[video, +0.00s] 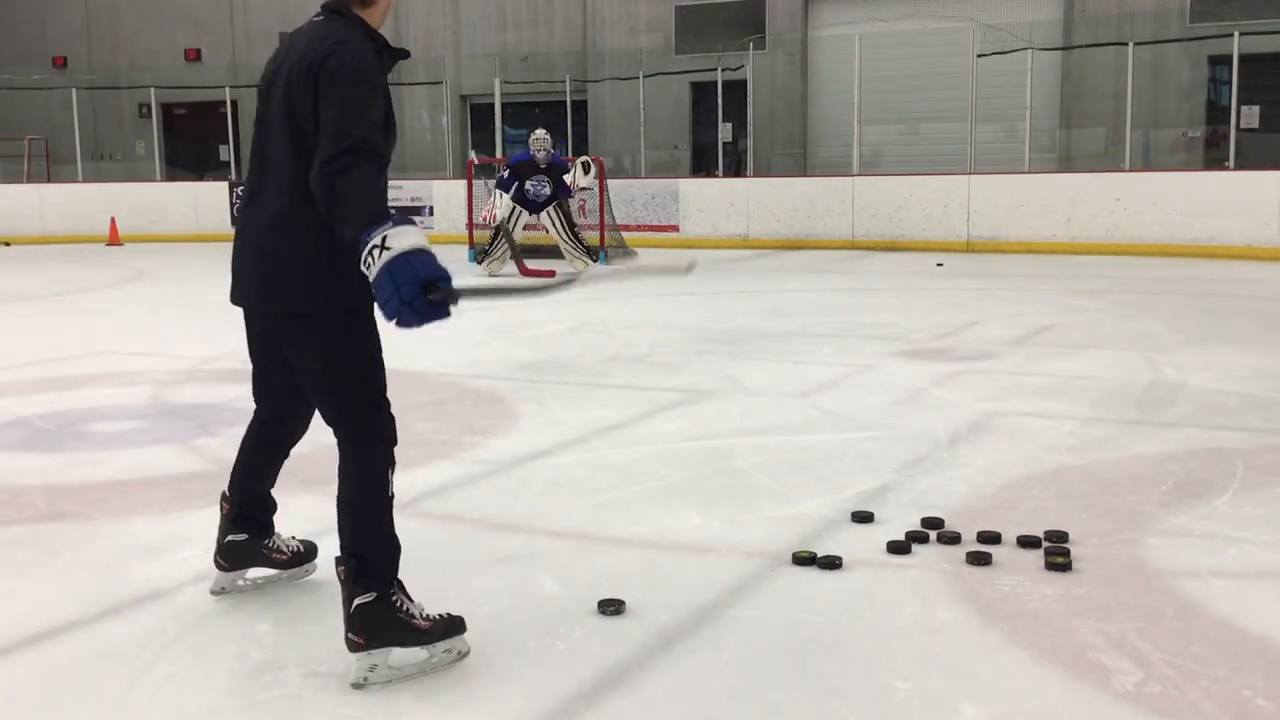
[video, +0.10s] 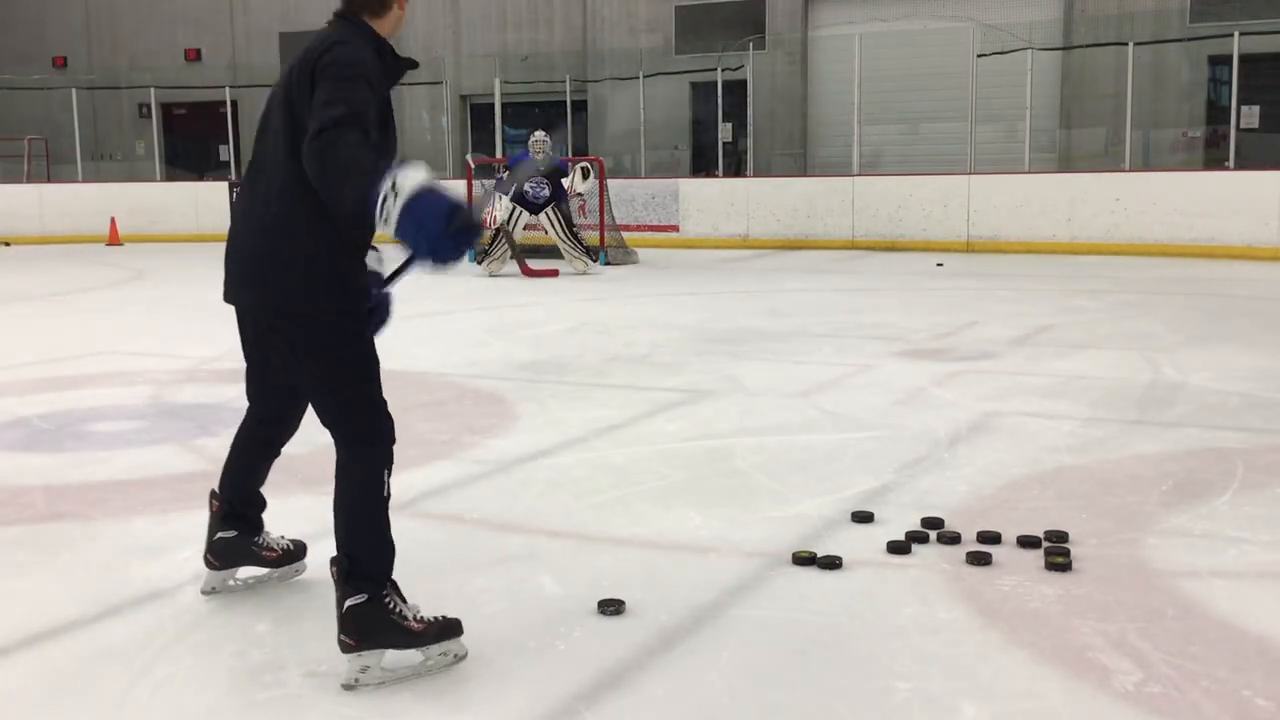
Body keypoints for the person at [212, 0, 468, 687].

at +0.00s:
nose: (394, 5)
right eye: (393, 0)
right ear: (381, 0)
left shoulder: (294, 49)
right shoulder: (352, 54)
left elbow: (272, 167)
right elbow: (347, 166)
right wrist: (385, 249)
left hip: (265, 278)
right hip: (321, 284)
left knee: (281, 409)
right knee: (368, 435)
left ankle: (242, 534)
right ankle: (374, 601)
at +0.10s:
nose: (408, 16)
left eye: (405, 8)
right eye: (408, 8)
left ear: (349, 2)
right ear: (394, 6)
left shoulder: (316, 56)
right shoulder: (353, 58)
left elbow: (291, 195)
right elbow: (337, 154)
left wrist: (351, 274)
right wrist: (402, 205)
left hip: (261, 280)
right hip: (312, 284)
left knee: (274, 409)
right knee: (366, 433)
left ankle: (232, 532)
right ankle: (367, 604)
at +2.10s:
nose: (584, 67)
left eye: (588, 56)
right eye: (586, 54)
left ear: (537, 26)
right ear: (565, 38)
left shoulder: (446, 44)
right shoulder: (556, 114)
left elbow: (352, 37)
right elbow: (534, 217)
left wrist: (372, 117)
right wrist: (529, 301)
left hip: (383, 243)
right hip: (466, 257)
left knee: (389, 386)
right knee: (505, 404)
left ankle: (357, 527)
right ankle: (529, 558)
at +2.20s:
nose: (563, 72)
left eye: (567, 61)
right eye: (565, 59)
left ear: (514, 29)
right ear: (548, 45)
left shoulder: (427, 46)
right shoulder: (536, 121)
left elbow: (333, 36)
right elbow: (506, 228)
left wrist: (359, 113)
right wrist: (496, 303)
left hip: (361, 246)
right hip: (440, 261)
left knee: (381, 392)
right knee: (486, 412)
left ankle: (349, 528)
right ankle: (501, 565)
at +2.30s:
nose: (547, 74)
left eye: (550, 63)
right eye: (550, 62)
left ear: (495, 31)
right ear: (533, 50)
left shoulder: (411, 48)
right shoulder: (516, 125)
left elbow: (313, 38)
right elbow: (484, 231)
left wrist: (339, 118)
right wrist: (472, 300)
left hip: (338, 246)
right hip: (415, 261)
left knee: (374, 390)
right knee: (465, 410)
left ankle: (343, 529)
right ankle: (467, 569)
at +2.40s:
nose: (529, 62)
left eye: (529, 51)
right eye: (532, 53)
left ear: (477, 24)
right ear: (521, 51)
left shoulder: (397, 47)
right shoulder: (499, 125)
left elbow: (299, 41)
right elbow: (465, 234)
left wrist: (319, 121)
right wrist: (455, 307)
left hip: (320, 245)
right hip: (392, 259)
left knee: (369, 389)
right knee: (447, 409)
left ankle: (336, 530)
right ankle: (436, 574)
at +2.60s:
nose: (502, 39)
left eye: (499, 27)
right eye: (503, 29)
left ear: (445, 15)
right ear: (494, 32)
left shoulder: (369, 43)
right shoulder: (470, 112)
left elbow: (269, 50)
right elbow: (449, 225)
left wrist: (294, 133)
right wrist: (449, 315)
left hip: (295, 244)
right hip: (364, 256)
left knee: (346, 394)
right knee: (416, 409)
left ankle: (316, 533)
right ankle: (395, 579)